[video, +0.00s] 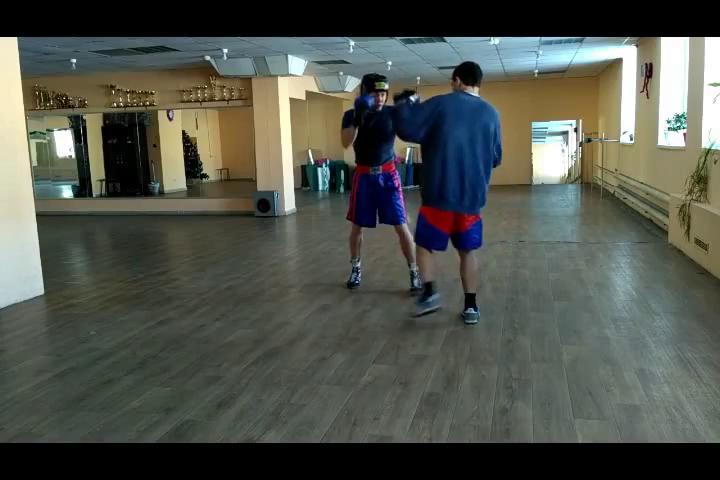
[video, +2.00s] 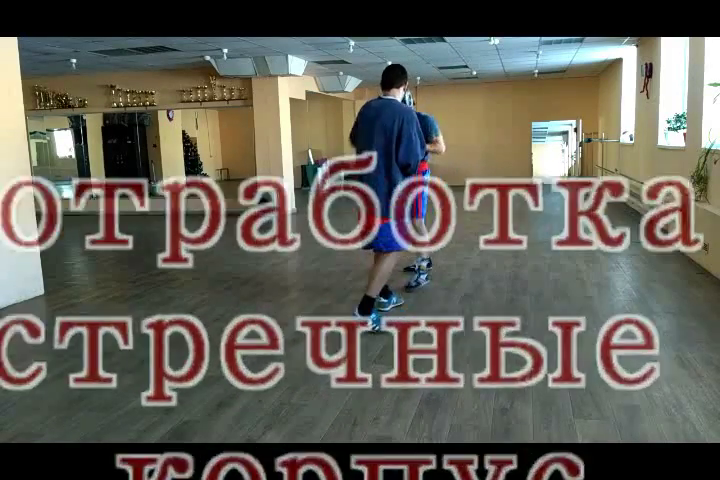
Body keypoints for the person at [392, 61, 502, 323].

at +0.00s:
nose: (452, 84)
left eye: (452, 80)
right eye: (454, 81)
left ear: (457, 81)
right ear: (479, 84)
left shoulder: (440, 104)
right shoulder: (490, 112)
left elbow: (406, 127)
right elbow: (495, 157)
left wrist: (403, 104)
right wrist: (474, 175)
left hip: (438, 191)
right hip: (473, 193)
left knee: (425, 245)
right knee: (468, 252)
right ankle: (471, 307)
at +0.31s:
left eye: (420, 82)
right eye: (444, 85)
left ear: (419, 83)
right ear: (444, 85)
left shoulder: (402, 107)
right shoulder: (452, 111)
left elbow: (373, 124)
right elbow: (462, 157)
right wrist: (446, 171)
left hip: (406, 191)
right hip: (440, 193)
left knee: (404, 249)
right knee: (452, 250)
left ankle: (396, 305)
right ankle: (465, 306)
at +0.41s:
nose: (437, 87)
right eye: (438, 84)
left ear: (412, 82)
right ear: (436, 84)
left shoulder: (392, 106)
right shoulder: (445, 111)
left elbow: (373, 129)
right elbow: (454, 158)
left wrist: (398, 155)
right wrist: (434, 172)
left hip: (398, 191)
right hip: (432, 193)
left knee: (402, 249)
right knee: (445, 247)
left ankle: (396, 306)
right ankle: (449, 308)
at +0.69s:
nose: (432, 84)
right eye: (434, 80)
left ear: (410, 79)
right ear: (433, 81)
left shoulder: (392, 106)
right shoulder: (442, 112)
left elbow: (369, 139)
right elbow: (450, 160)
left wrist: (391, 156)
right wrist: (428, 164)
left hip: (391, 194)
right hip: (424, 197)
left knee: (396, 254)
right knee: (422, 261)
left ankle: (396, 305)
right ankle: (413, 320)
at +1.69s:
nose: (413, 92)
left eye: (412, 89)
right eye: (413, 89)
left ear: (387, 86)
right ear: (410, 89)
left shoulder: (371, 111)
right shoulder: (413, 115)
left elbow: (368, 146)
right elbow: (420, 162)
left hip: (375, 190)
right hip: (402, 193)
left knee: (382, 248)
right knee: (405, 256)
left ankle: (386, 296)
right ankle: (403, 316)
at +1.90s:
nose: (407, 90)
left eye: (406, 86)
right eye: (408, 86)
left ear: (384, 84)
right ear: (406, 86)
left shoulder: (370, 107)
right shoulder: (406, 112)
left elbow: (371, 144)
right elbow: (412, 159)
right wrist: (424, 146)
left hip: (370, 184)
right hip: (396, 188)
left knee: (380, 243)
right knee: (403, 246)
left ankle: (384, 294)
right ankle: (390, 304)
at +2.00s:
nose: (405, 90)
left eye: (404, 87)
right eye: (406, 87)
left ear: (381, 86)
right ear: (403, 87)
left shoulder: (367, 108)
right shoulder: (406, 115)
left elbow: (355, 139)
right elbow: (410, 160)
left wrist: (373, 151)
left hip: (366, 184)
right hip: (392, 188)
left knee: (378, 246)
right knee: (390, 249)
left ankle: (383, 294)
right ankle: (366, 308)